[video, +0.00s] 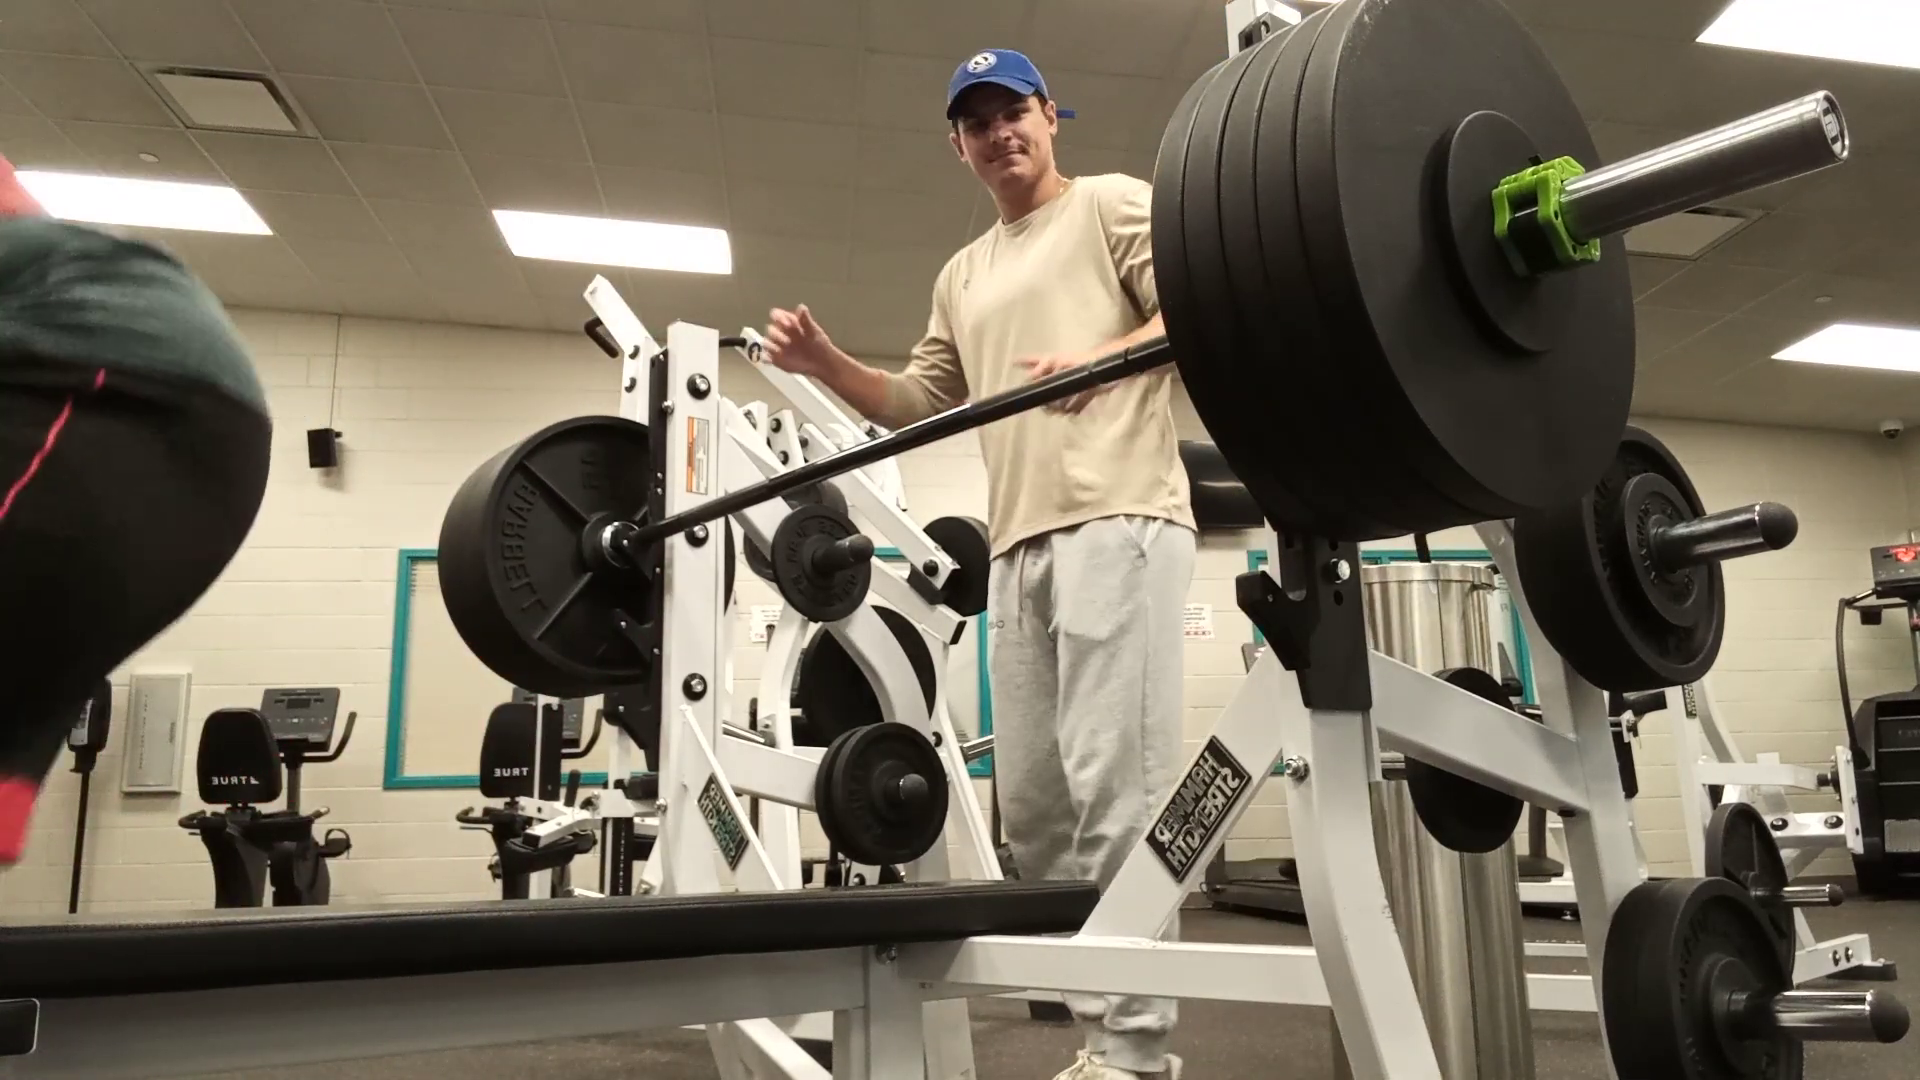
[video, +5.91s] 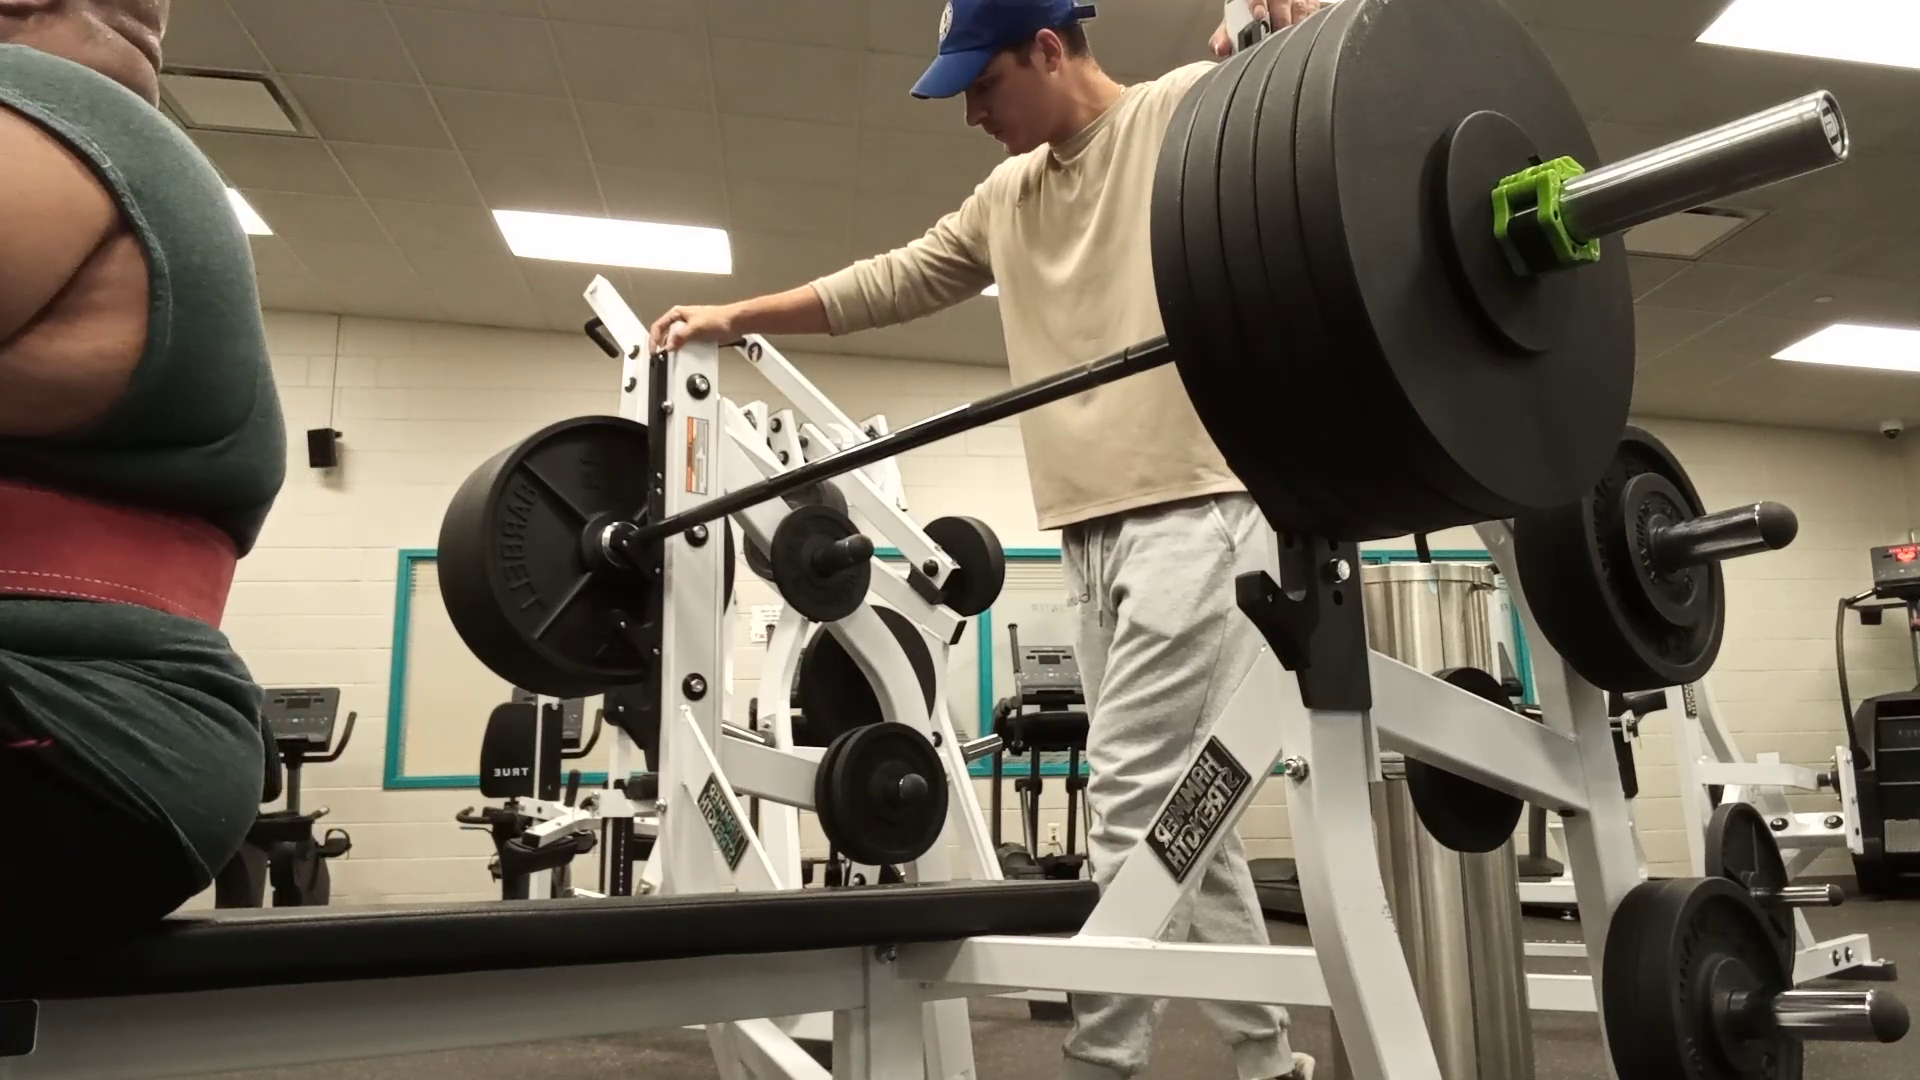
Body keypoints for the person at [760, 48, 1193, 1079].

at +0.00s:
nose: (996, 131)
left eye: (1010, 111)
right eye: (975, 122)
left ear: (1052, 119)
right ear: (960, 147)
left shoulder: (1114, 204)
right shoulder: (961, 276)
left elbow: (1187, 315)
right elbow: (917, 405)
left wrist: (1098, 363)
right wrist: (826, 363)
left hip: (1121, 525)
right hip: (1020, 547)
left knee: (1116, 779)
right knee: (1034, 800)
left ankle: (1136, 1044)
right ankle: (1092, 1020)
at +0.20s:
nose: (1015, 132)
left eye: (1029, 112)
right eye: (994, 122)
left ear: (1065, 120)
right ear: (972, 146)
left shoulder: (1132, 201)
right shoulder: (955, 272)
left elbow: (1227, 274)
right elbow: (873, 379)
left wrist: (1171, 238)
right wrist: (770, 324)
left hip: (1131, 520)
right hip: (1018, 545)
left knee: (1156, 776)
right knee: (1043, 806)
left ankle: (1228, 1047)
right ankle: (1116, 1040)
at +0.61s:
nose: (1077, 86)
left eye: (1094, 64)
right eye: (1054, 74)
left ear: (1135, 74)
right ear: (1035, 100)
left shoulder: (1192, 171)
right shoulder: (1012, 234)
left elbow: (1300, 172)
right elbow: (905, 320)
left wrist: (1244, 68)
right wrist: (757, 318)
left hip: (1193, 507)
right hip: (1070, 536)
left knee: (1257, 785)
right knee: (1078, 797)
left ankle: (1320, 1043)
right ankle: (1117, 1039)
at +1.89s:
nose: (984, 93)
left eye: (992, 63)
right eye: (974, 77)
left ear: (1061, 28)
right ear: (1005, 75)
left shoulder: (1191, 102)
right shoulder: (1012, 195)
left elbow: (1323, 111)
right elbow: (899, 276)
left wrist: (1293, 38)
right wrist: (736, 309)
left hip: (1206, 506)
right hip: (1097, 530)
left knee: (1126, 774)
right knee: (1176, 799)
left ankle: (1144, 1057)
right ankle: (1261, 1056)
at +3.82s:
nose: (999, 84)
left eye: (1013, 54)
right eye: (985, 68)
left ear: (1079, 24)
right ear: (982, 74)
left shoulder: (1187, 101)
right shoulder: (1005, 192)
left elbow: (1317, 111)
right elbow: (892, 278)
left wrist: (1292, 37)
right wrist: (734, 314)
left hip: (1200, 509)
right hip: (1090, 532)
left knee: (1126, 793)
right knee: (1174, 805)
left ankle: (1102, 1064)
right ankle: (1265, 1060)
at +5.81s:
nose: (973, 112)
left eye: (983, 85)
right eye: (966, 92)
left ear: (1053, 47)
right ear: (1024, 64)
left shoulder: (1185, 102)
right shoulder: (1005, 195)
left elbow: (1315, 112)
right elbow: (894, 280)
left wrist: (1291, 38)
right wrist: (735, 314)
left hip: (1200, 511)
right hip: (1091, 535)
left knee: (1129, 794)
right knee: (1174, 804)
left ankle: (1102, 1064)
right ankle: (1266, 1060)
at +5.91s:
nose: (972, 112)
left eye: (982, 85)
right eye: (965, 92)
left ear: (1052, 46)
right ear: (1023, 65)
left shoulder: (1185, 102)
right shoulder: (1005, 195)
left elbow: (1317, 109)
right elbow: (893, 281)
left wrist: (1291, 37)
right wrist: (734, 314)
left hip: (1200, 511)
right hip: (1091, 534)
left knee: (1128, 793)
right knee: (1174, 803)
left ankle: (1102, 1064)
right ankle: (1266, 1060)